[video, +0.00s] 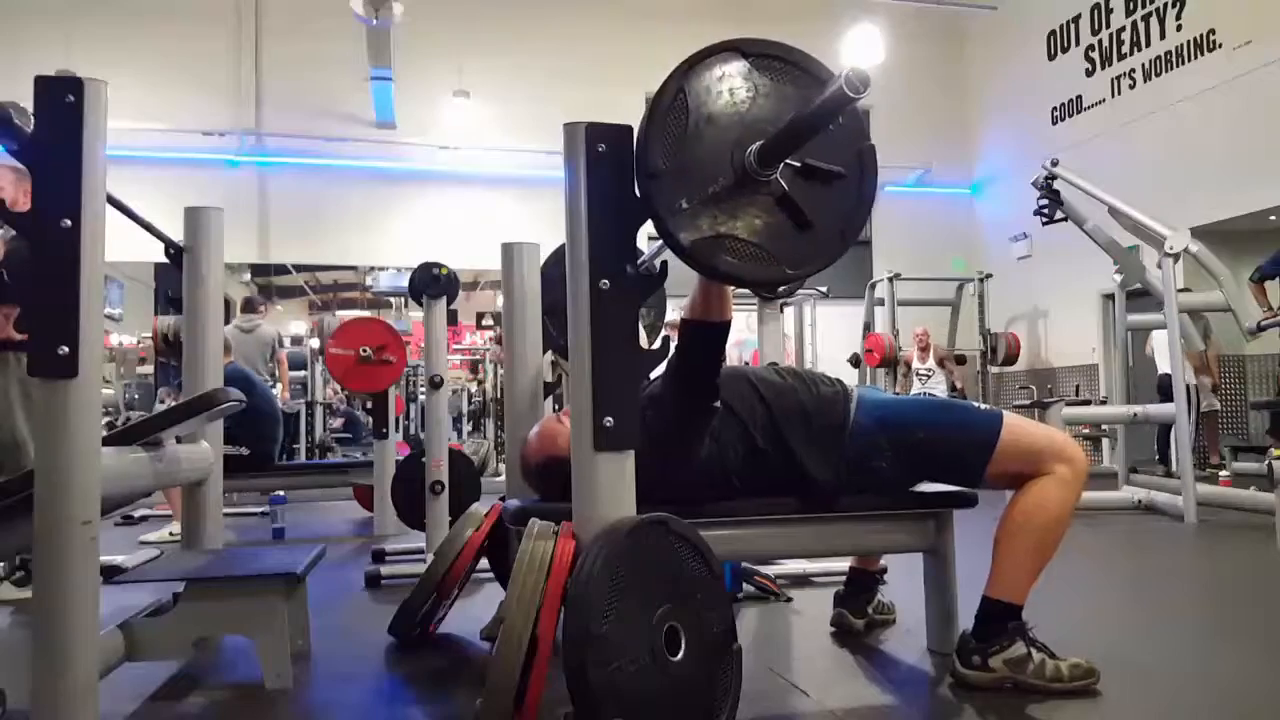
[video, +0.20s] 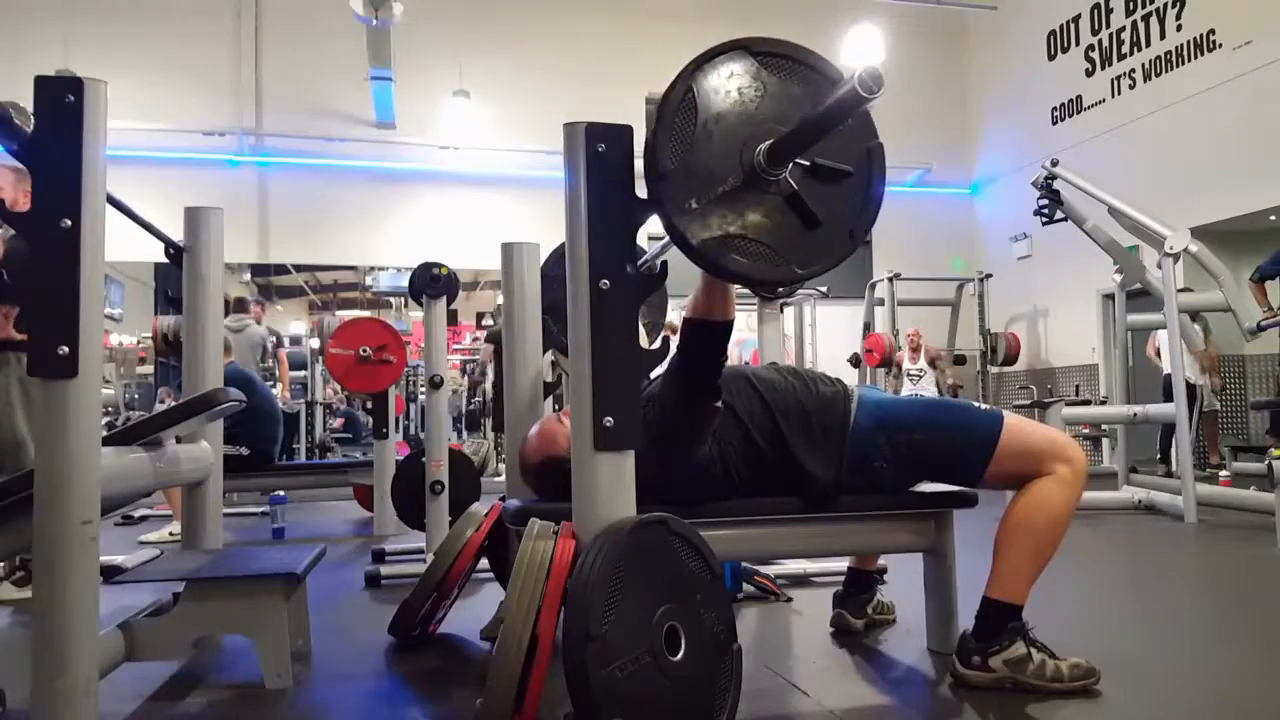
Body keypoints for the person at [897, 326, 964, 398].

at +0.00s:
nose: (920, 338)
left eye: (922, 335)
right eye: (917, 336)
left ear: (928, 337)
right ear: (914, 339)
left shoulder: (940, 353)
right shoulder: (910, 356)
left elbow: (953, 371)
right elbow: (902, 375)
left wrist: (960, 388)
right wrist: (898, 391)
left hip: (937, 393)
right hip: (916, 393)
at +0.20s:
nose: (911, 338)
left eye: (914, 335)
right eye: (908, 336)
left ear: (919, 337)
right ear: (905, 339)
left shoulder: (931, 353)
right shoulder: (900, 356)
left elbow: (943, 370)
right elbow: (895, 377)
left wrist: (949, 381)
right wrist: (892, 393)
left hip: (928, 393)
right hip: (907, 393)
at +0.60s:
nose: (896, 336)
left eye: (898, 333)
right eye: (893, 333)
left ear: (902, 335)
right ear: (887, 336)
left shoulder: (911, 352)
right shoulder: (878, 354)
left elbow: (923, 372)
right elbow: (874, 375)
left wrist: (928, 389)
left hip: (908, 394)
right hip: (886, 394)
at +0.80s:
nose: (901, 335)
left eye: (901, 332)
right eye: (897, 333)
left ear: (902, 333)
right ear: (888, 336)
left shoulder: (907, 352)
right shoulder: (876, 352)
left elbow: (918, 369)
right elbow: (870, 372)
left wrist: (925, 380)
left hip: (906, 393)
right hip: (885, 393)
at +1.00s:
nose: (903, 334)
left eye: (902, 332)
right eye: (900, 332)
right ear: (891, 336)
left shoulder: (906, 351)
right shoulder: (877, 352)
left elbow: (915, 365)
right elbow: (869, 372)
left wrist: (931, 374)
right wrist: (872, 391)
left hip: (906, 393)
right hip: (886, 393)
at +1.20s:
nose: (904, 335)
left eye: (903, 332)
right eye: (901, 332)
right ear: (891, 336)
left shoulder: (906, 353)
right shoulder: (878, 352)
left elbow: (926, 365)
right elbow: (867, 374)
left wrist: (947, 372)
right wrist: (870, 395)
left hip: (907, 398)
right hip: (887, 398)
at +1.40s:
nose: (904, 335)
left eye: (903, 332)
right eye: (900, 333)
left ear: (895, 336)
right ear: (890, 336)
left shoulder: (904, 352)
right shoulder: (879, 353)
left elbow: (924, 361)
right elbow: (868, 374)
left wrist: (946, 364)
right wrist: (871, 395)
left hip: (908, 397)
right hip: (888, 397)